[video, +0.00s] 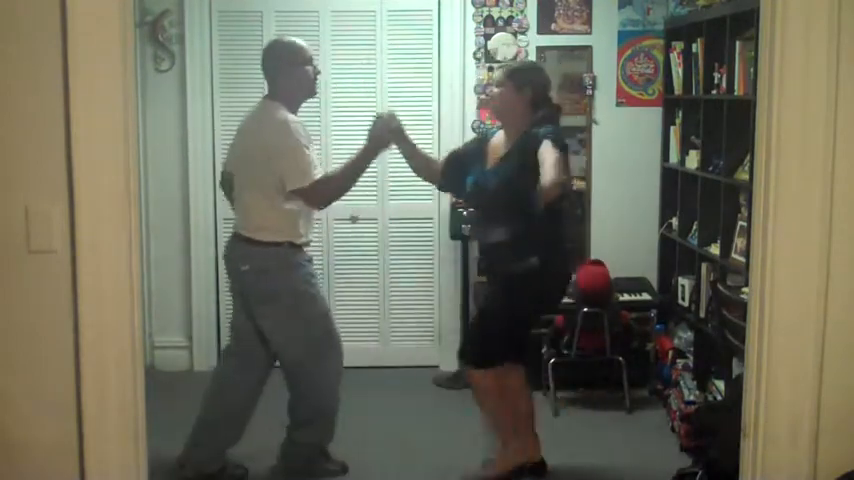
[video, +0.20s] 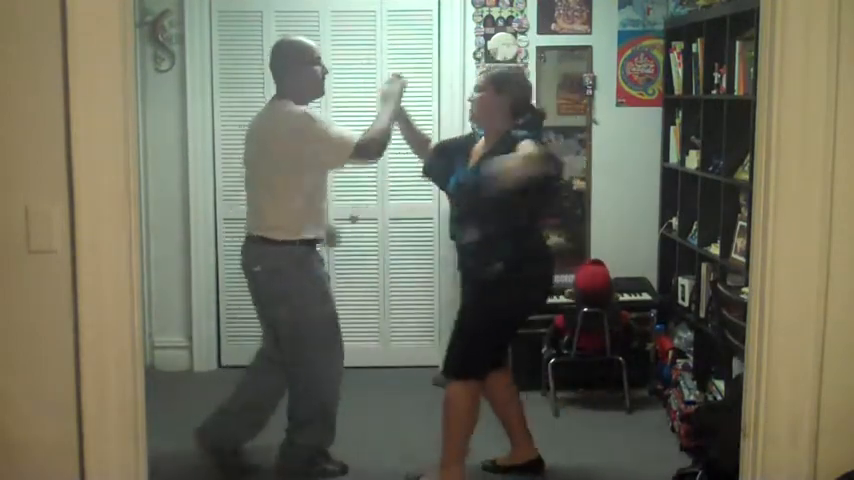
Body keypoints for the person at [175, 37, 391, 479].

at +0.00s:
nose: (317, 72)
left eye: (314, 64)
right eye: (308, 65)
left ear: (278, 75)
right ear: (283, 73)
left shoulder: (256, 119)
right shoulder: (283, 126)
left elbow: (228, 182)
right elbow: (318, 196)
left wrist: (262, 225)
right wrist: (373, 149)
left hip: (248, 254)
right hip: (276, 260)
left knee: (249, 356)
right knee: (319, 355)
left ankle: (202, 457)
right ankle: (305, 455)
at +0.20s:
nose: (324, 70)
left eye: (322, 63)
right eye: (316, 64)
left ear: (284, 74)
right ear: (295, 72)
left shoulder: (267, 120)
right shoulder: (296, 123)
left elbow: (274, 188)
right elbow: (370, 149)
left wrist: (318, 225)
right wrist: (390, 105)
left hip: (266, 254)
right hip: (288, 258)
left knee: (283, 352)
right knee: (320, 354)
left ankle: (221, 436)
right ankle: (304, 456)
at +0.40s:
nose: (335, 65)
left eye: (332, 58)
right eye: (326, 59)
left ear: (295, 71)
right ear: (304, 67)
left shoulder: (277, 114)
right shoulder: (316, 103)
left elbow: (297, 178)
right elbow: (384, 88)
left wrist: (353, 209)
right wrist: (439, 53)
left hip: (277, 242)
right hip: (283, 247)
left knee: (334, 321)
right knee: (312, 337)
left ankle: (282, 410)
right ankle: (309, 451)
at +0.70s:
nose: (348, 74)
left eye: (346, 67)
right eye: (339, 67)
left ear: (310, 77)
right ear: (314, 72)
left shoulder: (297, 113)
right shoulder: (318, 108)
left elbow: (285, 183)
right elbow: (370, 100)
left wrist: (330, 213)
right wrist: (413, 43)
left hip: (283, 246)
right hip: (297, 249)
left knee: (307, 342)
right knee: (339, 338)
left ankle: (303, 430)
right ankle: (311, 437)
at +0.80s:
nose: (346, 75)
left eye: (344, 67)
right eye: (338, 68)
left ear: (310, 77)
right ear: (314, 74)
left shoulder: (295, 117)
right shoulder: (315, 112)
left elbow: (277, 180)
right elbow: (367, 108)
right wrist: (402, 49)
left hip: (292, 250)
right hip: (302, 254)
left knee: (313, 342)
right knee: (336, 339)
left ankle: (313, 434)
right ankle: (261, 403)